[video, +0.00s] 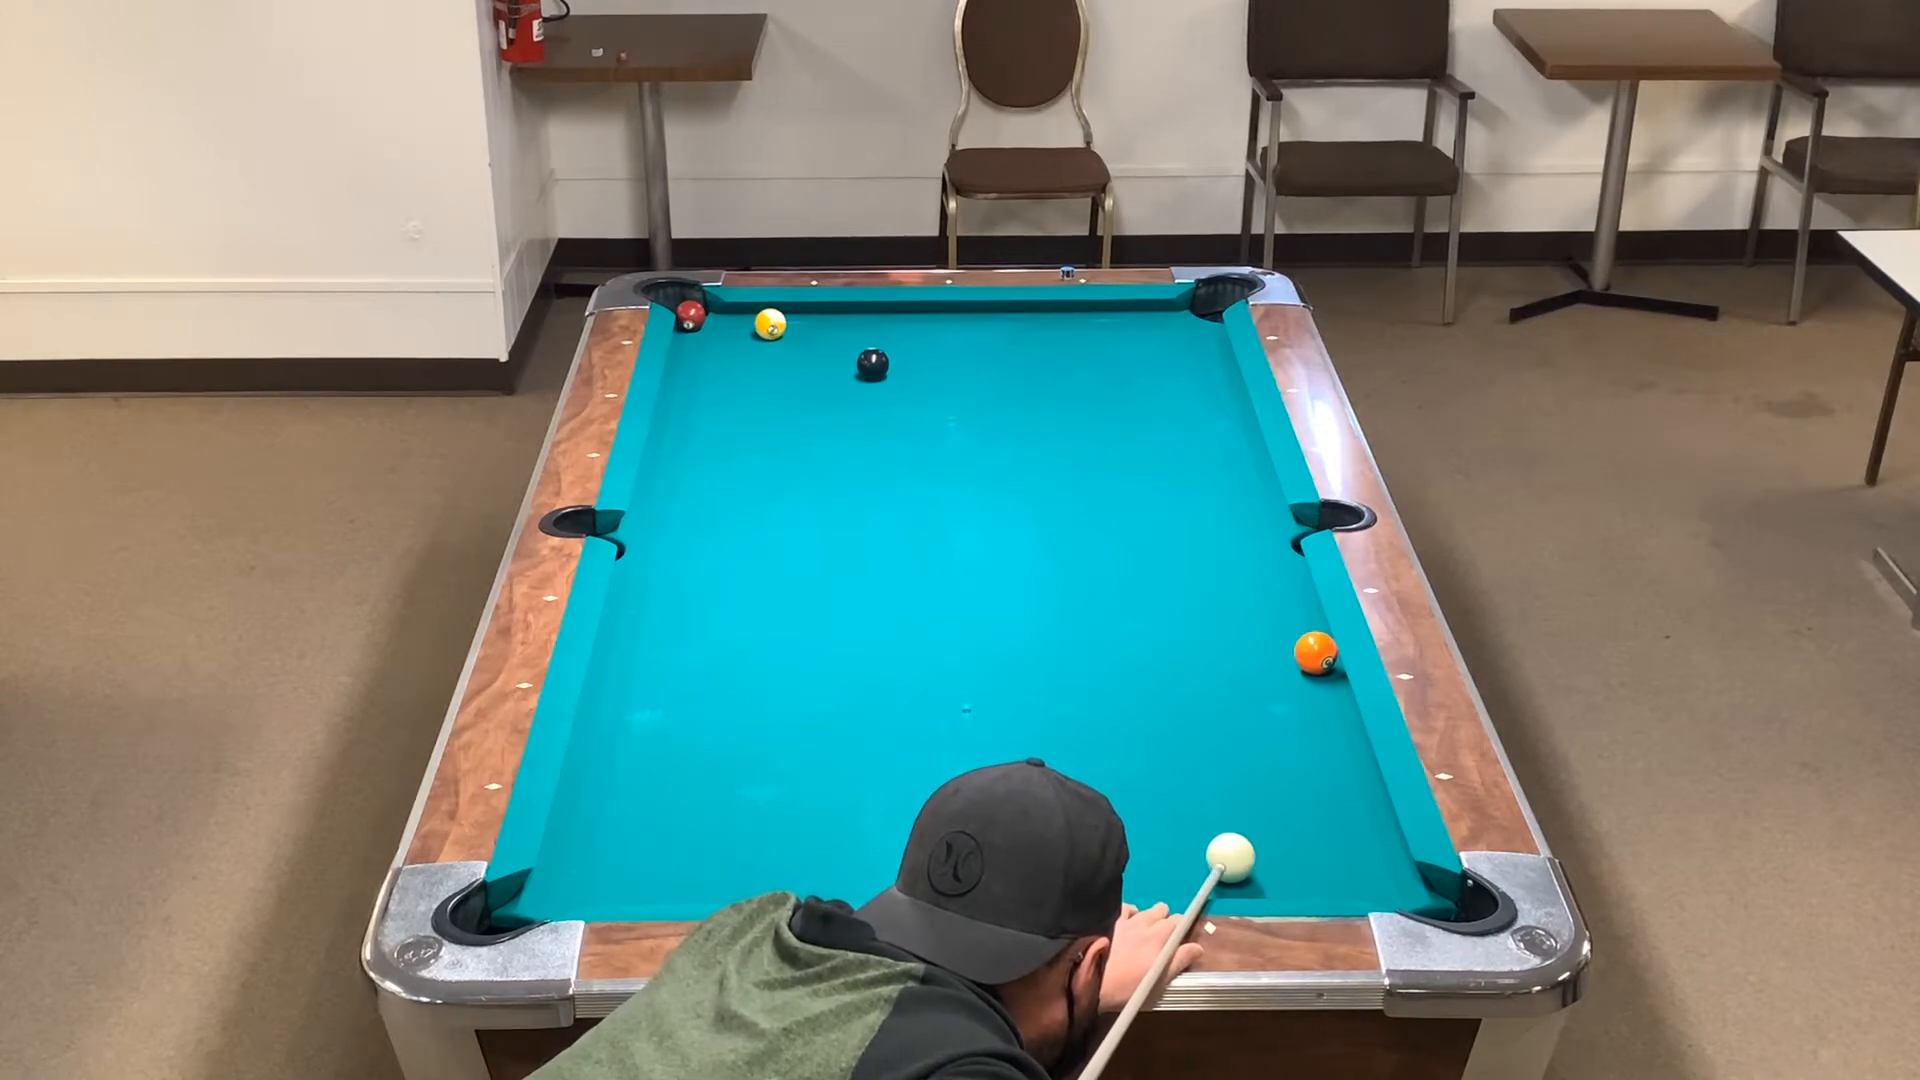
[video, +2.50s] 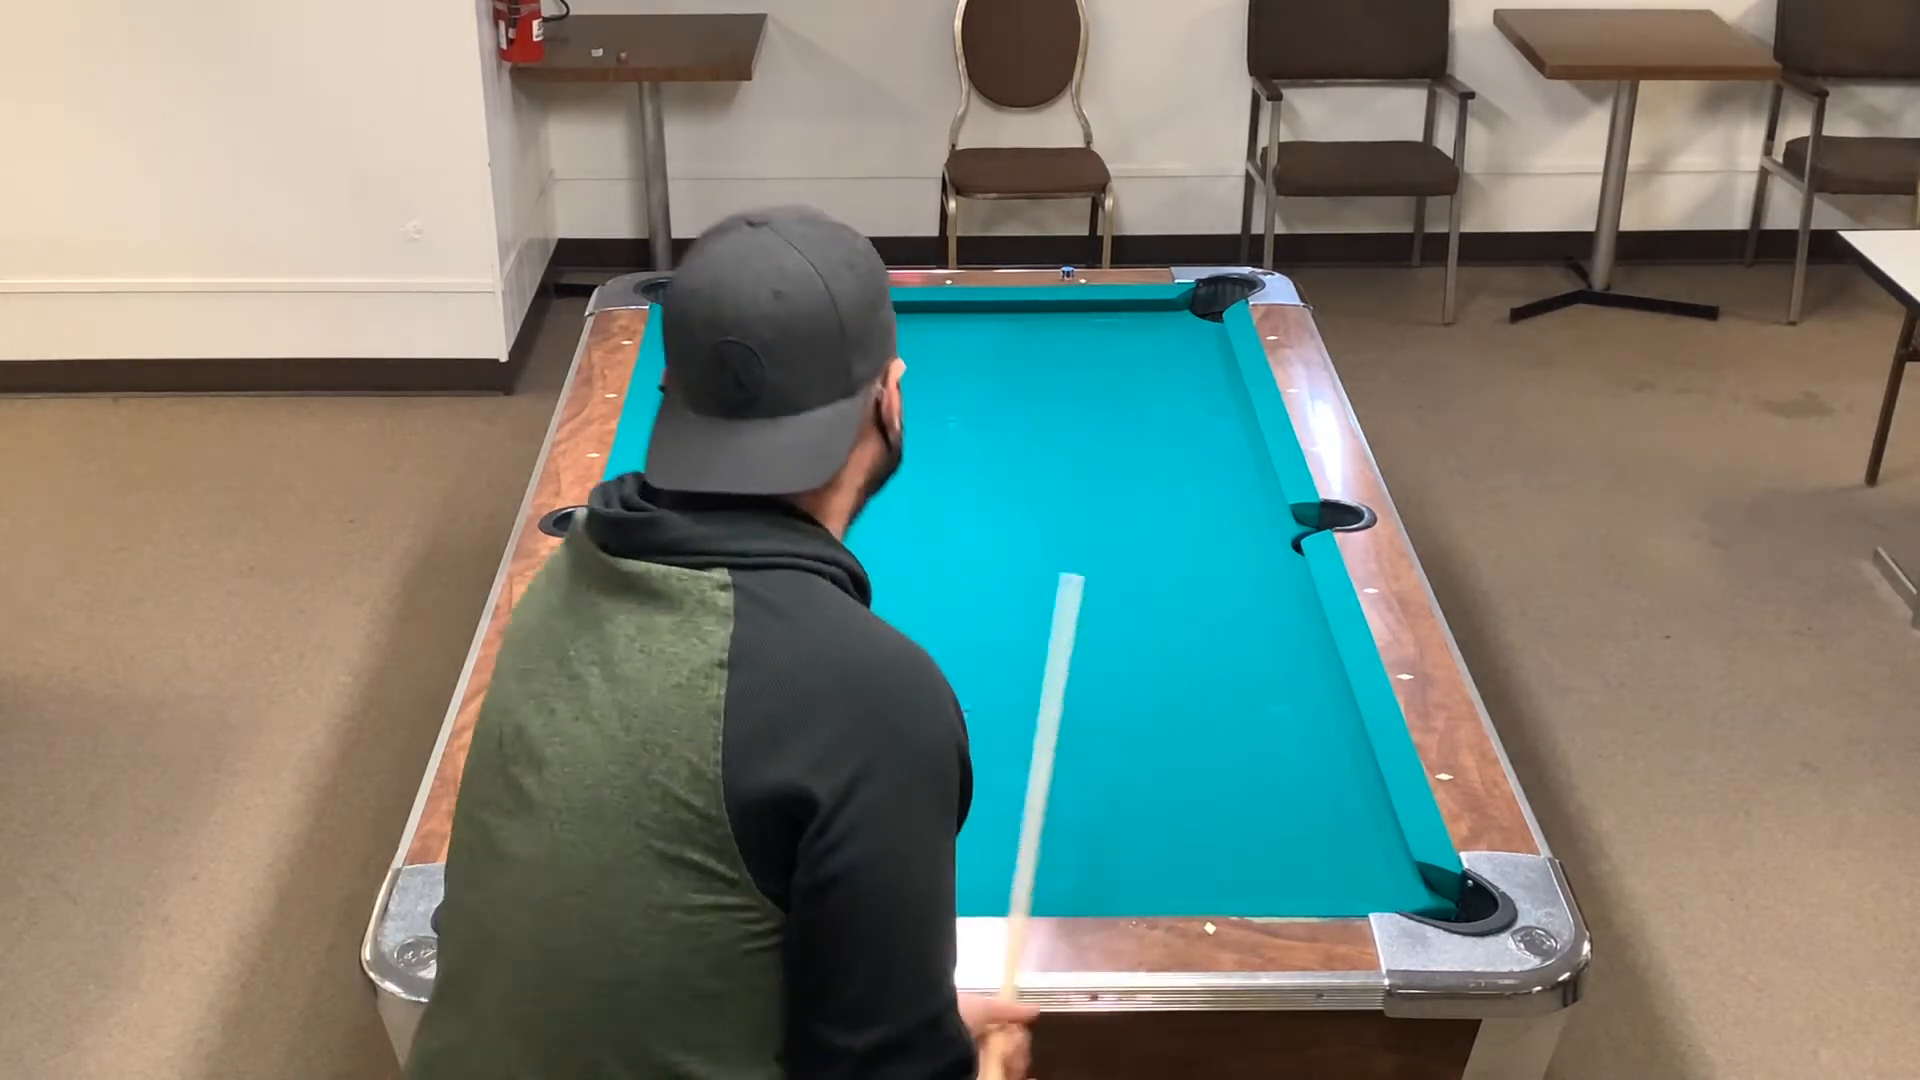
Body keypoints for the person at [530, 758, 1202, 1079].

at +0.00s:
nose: (1109, 951)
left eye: (1106, 938)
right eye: (1108, 941)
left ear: (910, 878)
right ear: (1083, 967)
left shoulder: (751, 922)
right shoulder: (970, 1062)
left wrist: (1074, 1003)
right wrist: (1110, 1017)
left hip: (566, 1065)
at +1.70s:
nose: (1068, 874)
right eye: (1069, 853)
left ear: (878, 786)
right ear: (1055, 867)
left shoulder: (754, 857)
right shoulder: (966, 1031)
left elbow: (859, 1004)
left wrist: (1059, 985)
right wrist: (1074, 988)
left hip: (510, 1052)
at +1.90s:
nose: (1056, 751)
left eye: (1053, 729)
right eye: (1057, 733)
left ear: (854, 688)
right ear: (1040, 759)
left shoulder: (750, 793)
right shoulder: (967, 971)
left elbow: (821, 947)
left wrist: (1057, 972)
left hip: (465, 1044)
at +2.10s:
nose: (1019, 613)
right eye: (1023, 592)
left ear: (806, 578)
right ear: (1003, 620)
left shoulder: (709, 709)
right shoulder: (942, 862)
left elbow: (800, 892)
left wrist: (1040, 955)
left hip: (430, 1048)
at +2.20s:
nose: (991, 552)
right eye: (991, 531)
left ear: (779, 519)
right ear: (974, 557)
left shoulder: (675, 670)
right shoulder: (926, 807)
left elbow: (773, 886)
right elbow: (885, 1068)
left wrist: (1026, 954)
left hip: (417, 1053)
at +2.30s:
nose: (962, 483)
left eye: (953, 458)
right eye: (959, 463)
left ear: (752, 461)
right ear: (942, 491)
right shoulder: (900, 755)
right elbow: (870, 1061)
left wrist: (1016, 952)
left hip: (425, 1047)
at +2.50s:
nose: (900, 388)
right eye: (896, 373)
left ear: (677, 387)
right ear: (884, 403)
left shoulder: (566, 579)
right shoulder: (869, 696)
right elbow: (885, 1056)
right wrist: (978, 1055)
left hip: (457, 1050)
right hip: (704, 1064)